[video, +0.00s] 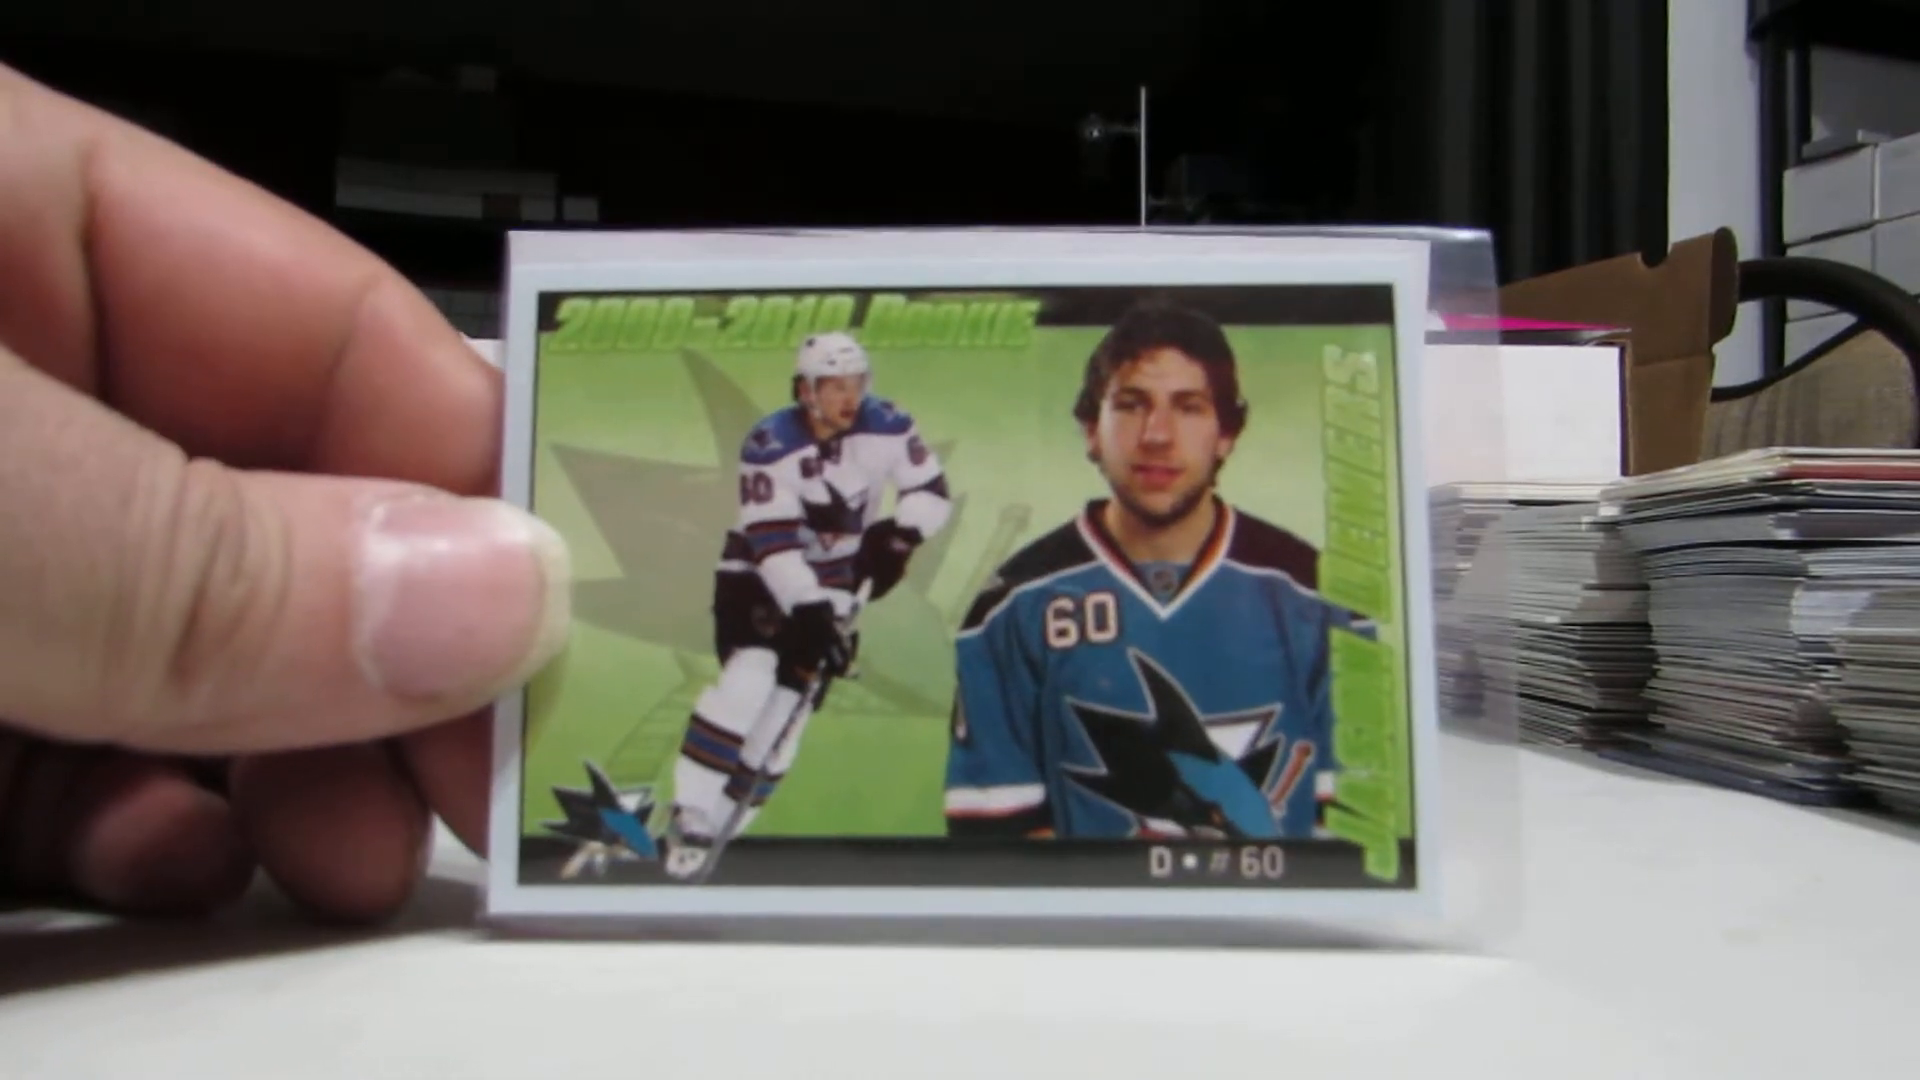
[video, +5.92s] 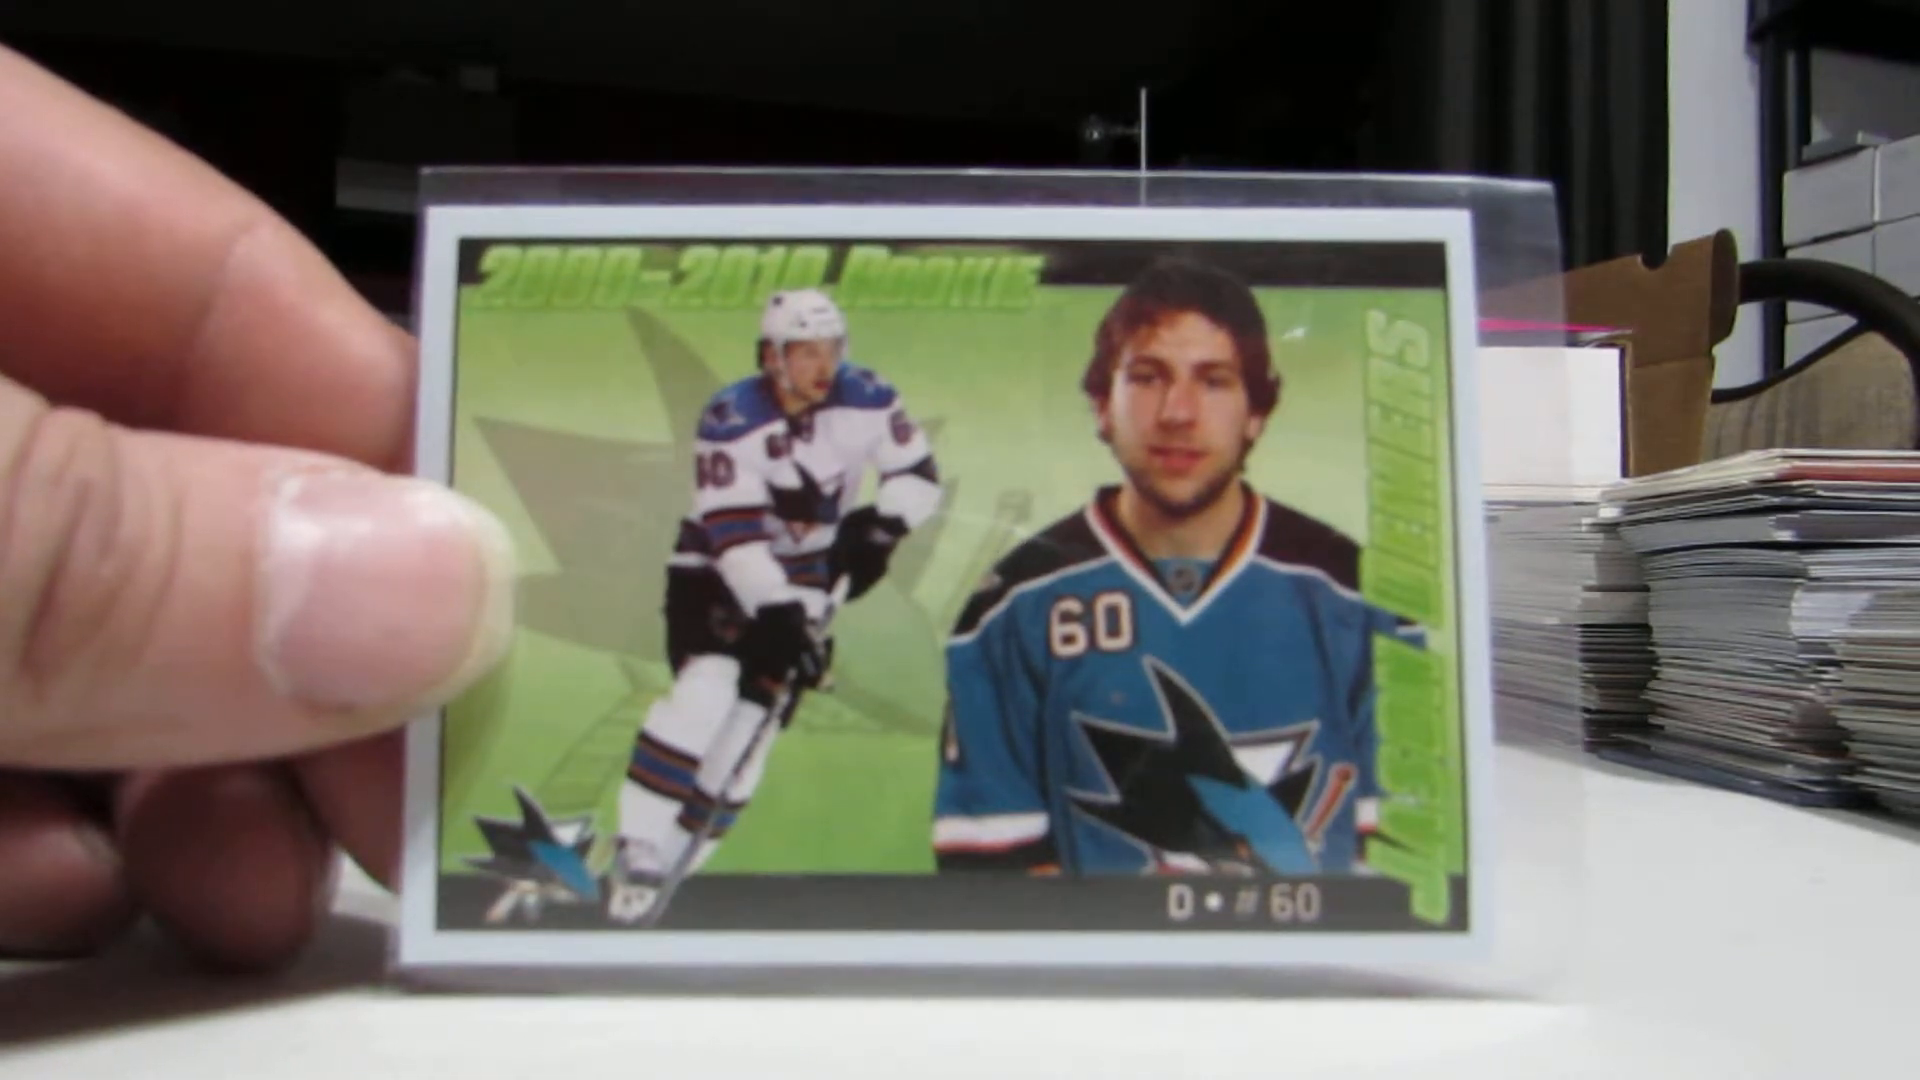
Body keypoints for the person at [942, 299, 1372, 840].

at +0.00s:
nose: (1157, 433)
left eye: (1187, 407)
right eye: (1131, 405)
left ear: (1225, 435)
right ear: (1092, 432)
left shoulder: (1315, 590)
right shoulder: (1017, 604)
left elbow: (1356, 823)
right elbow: (998, 839)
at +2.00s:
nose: (1175, 408)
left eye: (1210, 377)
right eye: (1145, 374)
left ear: (1254, 410)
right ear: (1101, 404)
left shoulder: (1350, 586)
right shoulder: (1014, 603)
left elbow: (1394, 850)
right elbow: (990, 874)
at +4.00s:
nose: (1175, 409)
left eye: (1211, 379)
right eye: (1145, 375)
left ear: (1253, 412)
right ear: (1101, 406)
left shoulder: (1351, 587)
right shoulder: (1013, 603)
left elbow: (1396, 853)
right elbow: (990, 874)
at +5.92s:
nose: (1177, 411)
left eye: (1212, 381)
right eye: (1147, 377)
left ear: (1255, 414)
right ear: (1103, 407)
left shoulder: (1355, 588)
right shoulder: (1017, 605)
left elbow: (1402, 852)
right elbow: (994, 873)